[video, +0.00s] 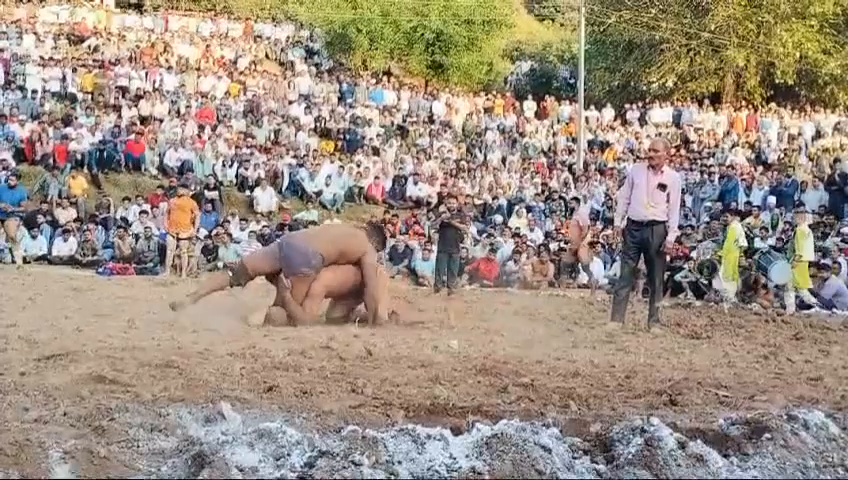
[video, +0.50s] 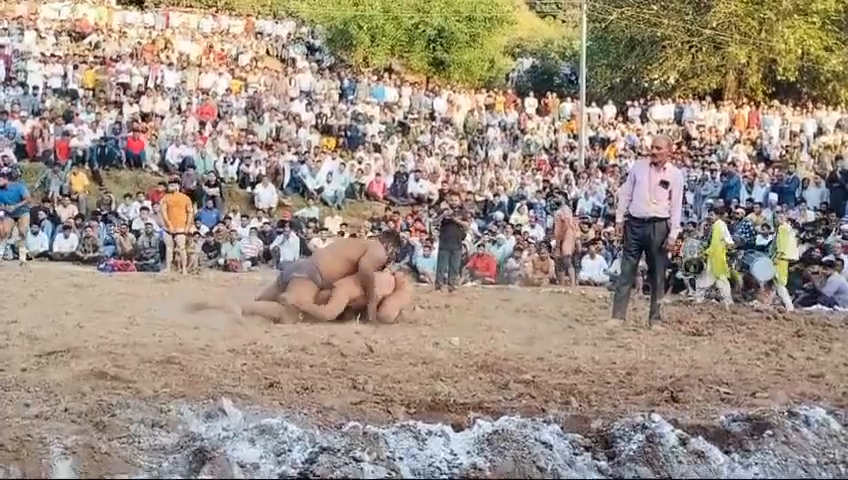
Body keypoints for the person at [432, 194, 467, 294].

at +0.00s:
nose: (452, 206)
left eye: (454, 203)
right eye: (449, 203)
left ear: (457, 204)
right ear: (446, 204)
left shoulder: (461, 215)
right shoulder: (442, 215)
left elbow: (466, 228)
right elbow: (433, 226)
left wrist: (452, 222)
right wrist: (441, 219)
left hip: (455, 245)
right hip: (442, 244)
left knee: (453, 269)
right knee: (440, 268)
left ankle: (452, 288)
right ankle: (438, 287)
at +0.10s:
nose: (452, 206)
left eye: (454, 204)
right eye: (450, 204)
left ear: (457, 205)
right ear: (446, 205)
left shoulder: (461, 215)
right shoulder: (442, 215)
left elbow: (466, 228)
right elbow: (433, 226)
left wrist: (452, 222)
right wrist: (441, 219)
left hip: (456, 246)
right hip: (443, 245)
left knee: (453, 269)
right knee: (440, 268)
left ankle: (451, 288)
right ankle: (438, 287)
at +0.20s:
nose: (452, 206)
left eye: (455, 203)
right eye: (450, 203)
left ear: (458, 205)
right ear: (447, 204)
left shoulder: (462, 215)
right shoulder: (442, 214)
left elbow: (466, 228)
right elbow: (434, 226)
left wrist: (453, 222)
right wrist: (442, 219)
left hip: (456, 245)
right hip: (443, 244)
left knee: (454, 269)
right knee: (441, 268)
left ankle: (452, 288)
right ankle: (438, 287)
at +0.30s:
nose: (453, 205)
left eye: (455, 202)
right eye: (451, 202)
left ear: (459, 204)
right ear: (447, 203)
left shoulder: (462, 215)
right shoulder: (443, 214)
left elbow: (467, 228)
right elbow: (434, 225)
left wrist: (453, 222)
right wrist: (442, 218)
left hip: (456, 245)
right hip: (443, 244)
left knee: (454, 269)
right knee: (441, 267)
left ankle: (452, 287)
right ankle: (438, 286)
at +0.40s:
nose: (453, 204)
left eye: (456, 201)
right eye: (451, 201)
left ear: (459, 203)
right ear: (448, 202)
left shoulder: (462, 213)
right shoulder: (443, 213)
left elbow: (467, 226)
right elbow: (434, 223)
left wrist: (453, 220)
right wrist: (442, 217)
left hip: (456, 243)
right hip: (443, 242)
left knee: (454, 267)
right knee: (441, 266)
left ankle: (452, 286)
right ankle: (438, 285)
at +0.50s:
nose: (454, 202)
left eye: (456, 200)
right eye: (451, 200)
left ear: (460, 201)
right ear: (448, 201)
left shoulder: (463, 212)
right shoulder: (443, 211)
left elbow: (468, 225)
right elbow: (435, 222)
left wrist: (455, 219)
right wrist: (443, 216)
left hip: (457, 241)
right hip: (444, 240)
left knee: (455, 266)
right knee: (442, 265)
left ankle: (452, 285)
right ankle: (439, 284)